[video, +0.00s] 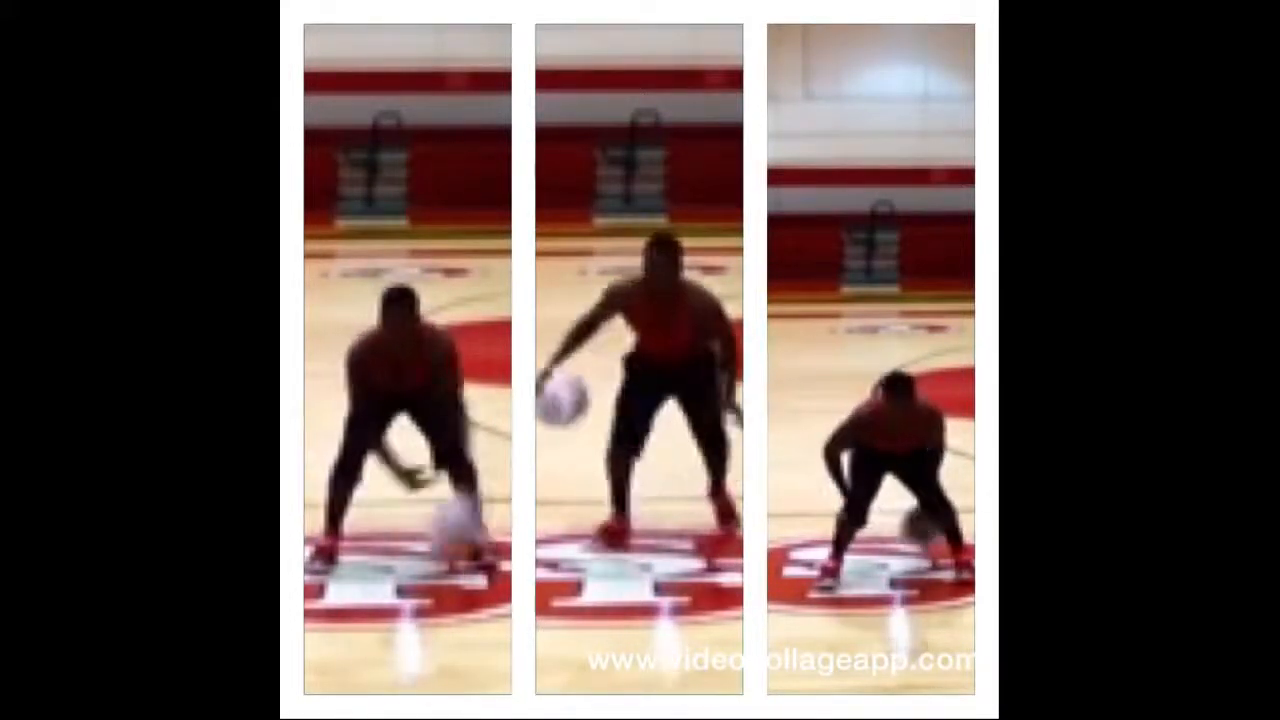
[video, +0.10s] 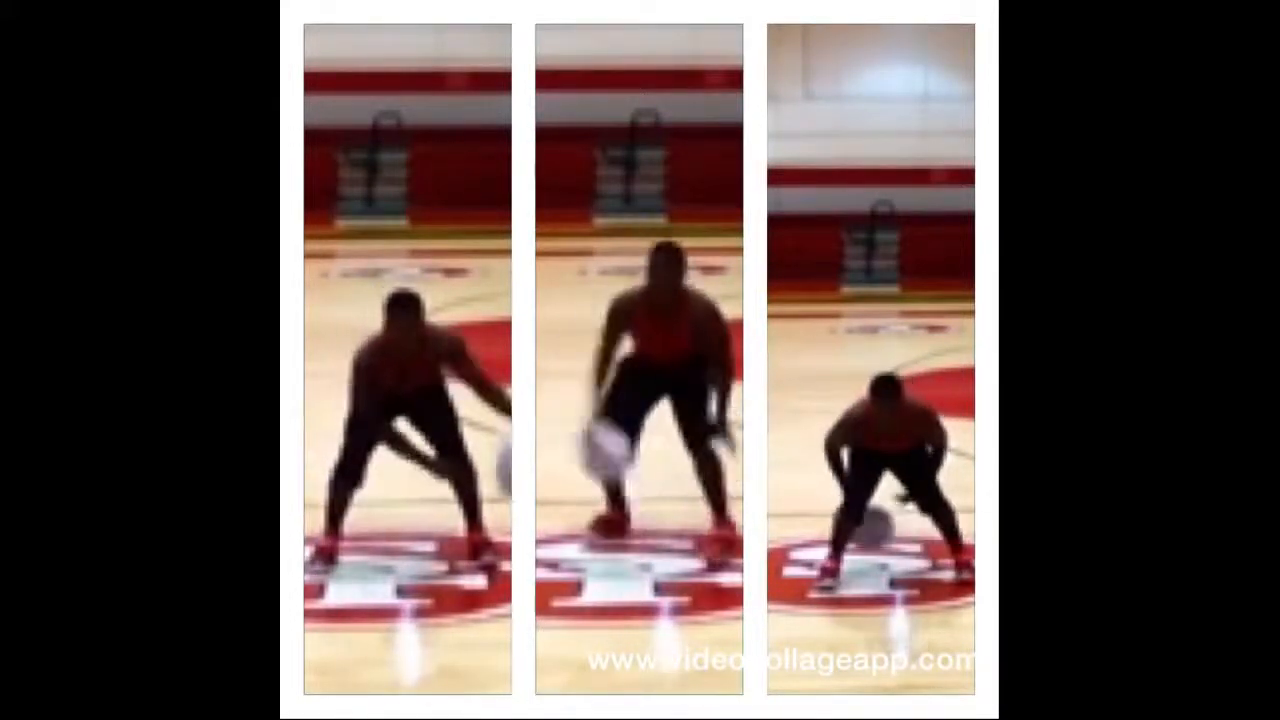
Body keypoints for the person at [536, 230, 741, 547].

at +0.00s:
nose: (658, 274)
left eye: (666, 266)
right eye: (653, 265)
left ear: (678, 267)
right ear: (644, 265)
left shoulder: (699, 302)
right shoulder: (625, 295)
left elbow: (728, 345)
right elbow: (587, 326)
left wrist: (728, 395)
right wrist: (551, 366)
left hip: (694, 369)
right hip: (646, 368)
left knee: (714, 440)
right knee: (621, 446)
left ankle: (718, 492)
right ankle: (620, 519)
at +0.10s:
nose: (661, 283)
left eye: (669, 276)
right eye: (656, 275)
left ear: (682, 276)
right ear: (648, 273)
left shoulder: (702, 311)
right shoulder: (627, 307)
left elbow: (723, 366)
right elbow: (606, 353)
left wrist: (720, 415)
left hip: (688, 375)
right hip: (642, 371)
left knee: (700, 443)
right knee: (607, 436)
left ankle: (722, 519)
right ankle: (616, 512)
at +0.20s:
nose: (669, 291)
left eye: (675, 283)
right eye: (663, 283)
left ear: (685, 283)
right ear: (652, 283)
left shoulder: (703, 323)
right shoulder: (630, 324)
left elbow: (714, 383)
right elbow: (635, 389)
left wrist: (713, 431)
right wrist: (656, 438)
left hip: (684, 392)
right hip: (639, 390)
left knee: (693, 453)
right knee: (595, 447)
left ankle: (720, 523)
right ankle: (617, 513)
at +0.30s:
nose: (672, 283)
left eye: (678, 275)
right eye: (665, 275)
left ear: (688, 276)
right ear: (654, 277)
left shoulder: (705, 312)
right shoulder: (633, 318)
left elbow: (734, 357)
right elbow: (627, 383)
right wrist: (648, 432)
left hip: (684, 379)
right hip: (639, 380)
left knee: (699, 445)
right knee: (605, 454)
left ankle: (722, 520)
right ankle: (617, 513)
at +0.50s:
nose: (675, 272)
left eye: (680, 263)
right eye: (668, 264)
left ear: (690, 264)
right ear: (656, 266)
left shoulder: (712, 299)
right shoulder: (635, 307)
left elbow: (743, 338)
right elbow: (612, 362)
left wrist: (751, 384)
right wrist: (608, 418)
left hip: (696, 365)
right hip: (651, 369)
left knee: (729, 437)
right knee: (639, 434)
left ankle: (713, 492)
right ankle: (626, 513)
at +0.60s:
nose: (672, 287)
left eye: (678, 279)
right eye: (665, 279)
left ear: (689, 279)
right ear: (655, 280)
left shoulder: (711, 314)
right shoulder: (638, 320)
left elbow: (718, 373)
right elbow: (626, 379)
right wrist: (630, 432)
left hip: (702, 383)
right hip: (659, 386)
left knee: (738, 440)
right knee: (655, 445)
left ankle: (712, 495)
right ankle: (637, 523)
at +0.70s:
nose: (669, 283)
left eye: (676, 275)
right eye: (663, 275)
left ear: (688, 275)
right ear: (655, 275)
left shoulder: (712, 313)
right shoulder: (640, 311)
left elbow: (718, 375)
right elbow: (624, 352)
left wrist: (701, 418)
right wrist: (606, 394)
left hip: (704, 382)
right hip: (660, 383)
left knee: (729, 451)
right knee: (653, 449)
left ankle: (711, 497)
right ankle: (636, 525)